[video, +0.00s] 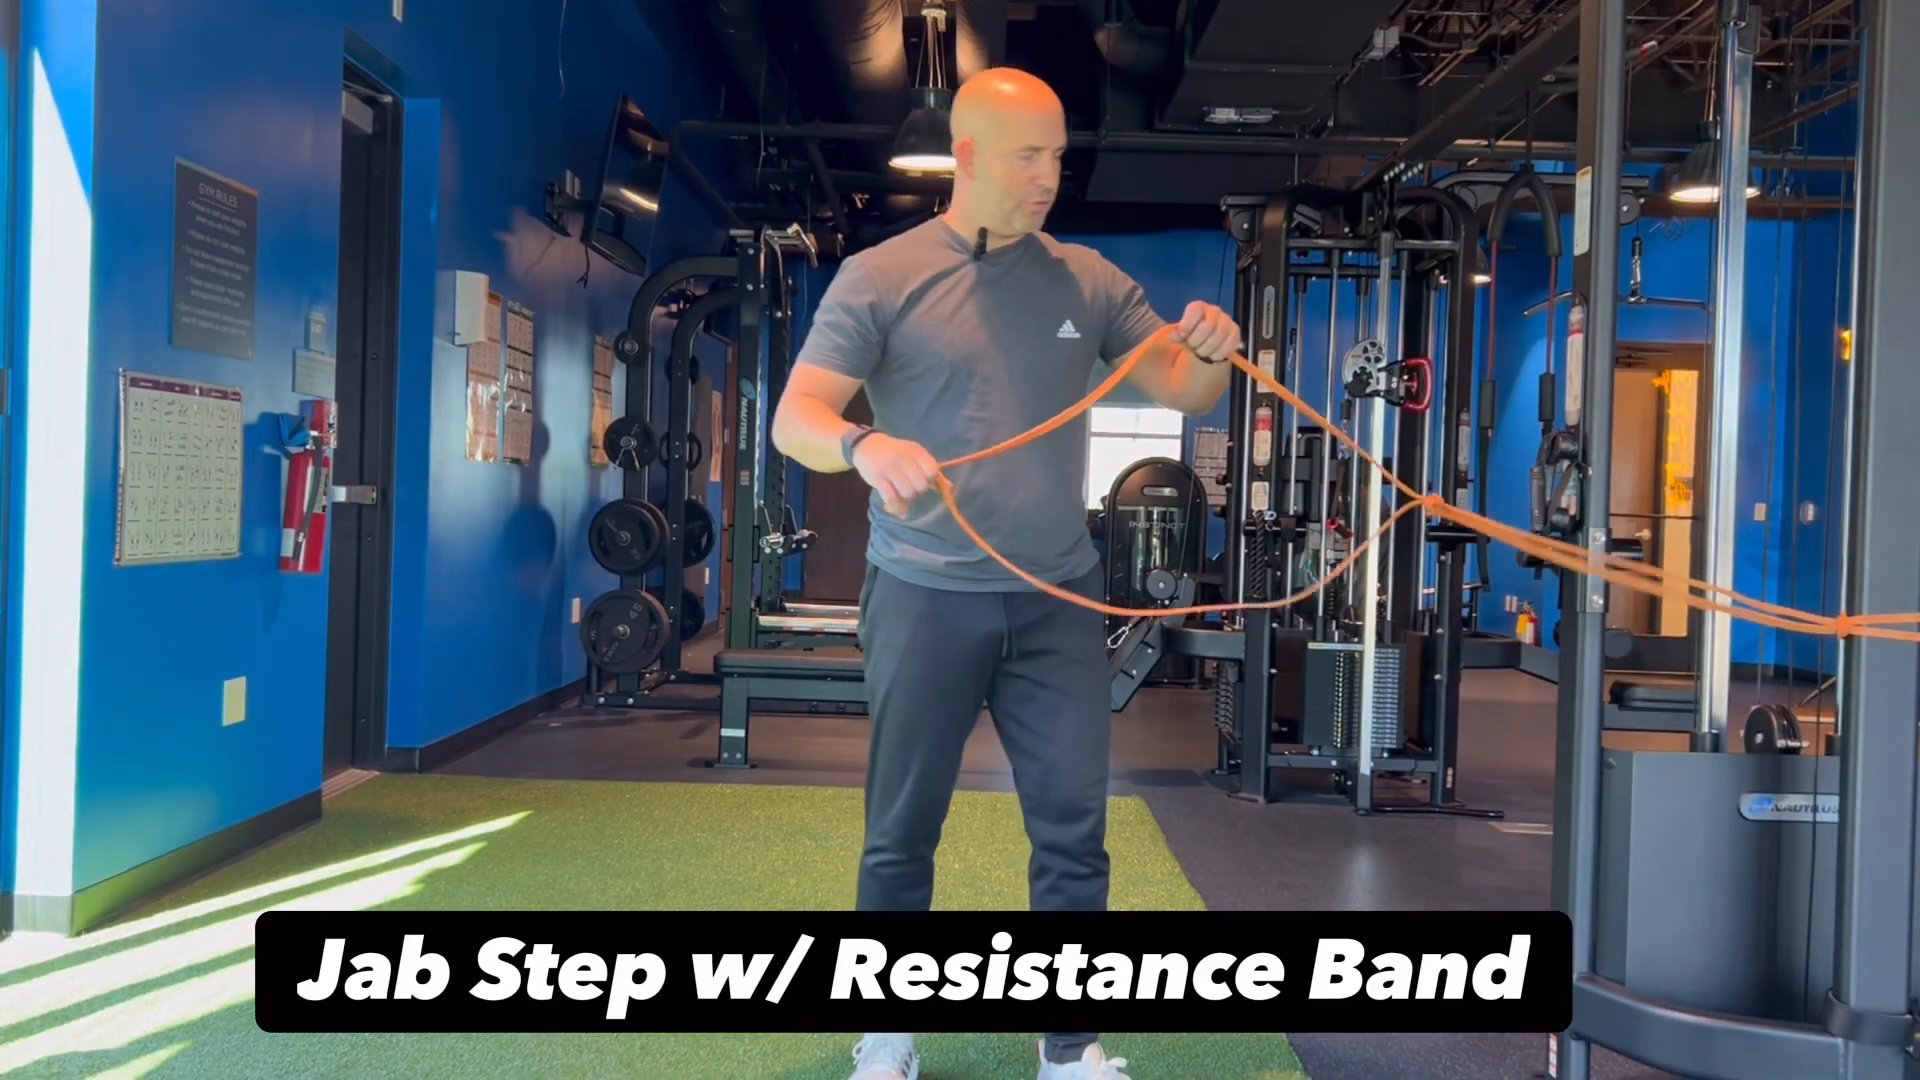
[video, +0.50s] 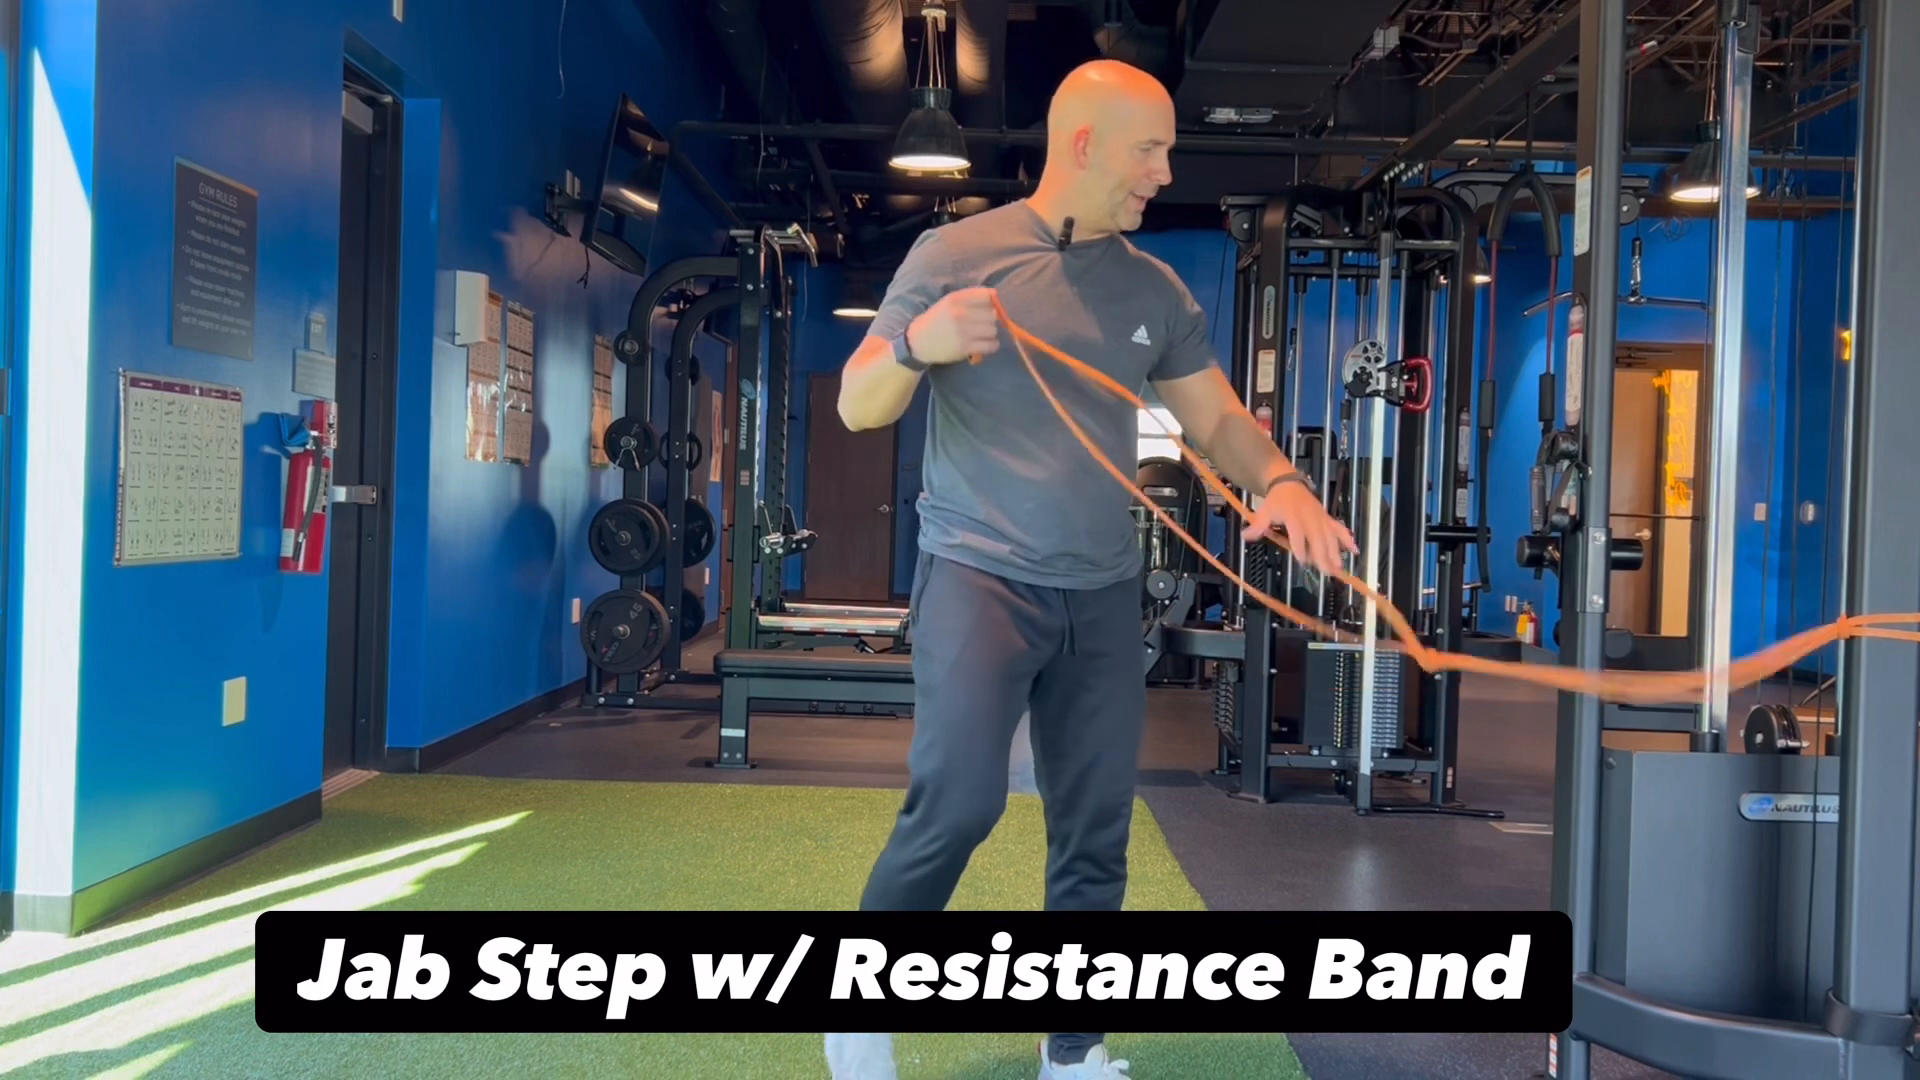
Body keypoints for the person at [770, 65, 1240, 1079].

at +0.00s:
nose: (1053, 177)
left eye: (1059, 158)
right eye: (1033, 157)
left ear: (1055, 161)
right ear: (968, 159)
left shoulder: (1088, 279)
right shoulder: (879, 277)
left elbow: (1189, 392)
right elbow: (796, 419)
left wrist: (1213, 350)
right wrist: (861, 446)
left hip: (1061, 593)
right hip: (926, 592)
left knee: (1074, 831)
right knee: (901, 836)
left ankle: (1071, 1044)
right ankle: (883, 1035)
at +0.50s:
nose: (1161, 178)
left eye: (1167, 159)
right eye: (1149, 155)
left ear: (1101, 154)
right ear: (1079, 144)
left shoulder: (1154, 292)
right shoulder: (950, 256)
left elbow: (1218, 422)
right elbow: (860, 408)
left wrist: (1285, 486)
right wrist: (916, 347)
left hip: (1106, 593)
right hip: (979, 578)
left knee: (1096, 834)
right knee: (960, 798)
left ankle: (1073, 1047)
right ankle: (856, 1006)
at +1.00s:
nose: (1079, 134)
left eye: (1077, 115)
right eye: (1059, 114)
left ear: (1025, 130)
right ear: (986, 126)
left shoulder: (1073, 276)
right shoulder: (879, 256)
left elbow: (1147, 408)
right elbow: (820, 424)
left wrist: (1257, 488)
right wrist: (905, 387)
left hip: (1052, 587)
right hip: (927, 585)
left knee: (1084, 830)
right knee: (895, 837)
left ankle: (1071, 1051)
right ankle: (870, 1055)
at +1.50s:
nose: (1122, 118)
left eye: (1128, 104)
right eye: (1095, 101)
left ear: (1132, 134)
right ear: (1037, 127)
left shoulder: (1140, 277)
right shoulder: (981, 252)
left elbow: (1179, 412)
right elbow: (973, 422)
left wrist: (1231, 455)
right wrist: (1135, 471)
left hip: (1110, 592)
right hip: (997, 584)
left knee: (1109, 836)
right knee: (955, 831)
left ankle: (1089, 1051)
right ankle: (877, 1045)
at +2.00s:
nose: (1264, 133)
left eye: (1261, 115)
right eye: (1242, 114)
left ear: (1200, 137)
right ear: (1173, 131)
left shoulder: (1232, 282)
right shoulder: (1100, 246)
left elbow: (1233, 429)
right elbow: (1060, 417)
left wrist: (1296, 451)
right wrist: (1236, 455)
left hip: (1202, 588)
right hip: (1109, 581)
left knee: (1179, 839)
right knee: (1132, 838)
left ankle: (1099, 1042)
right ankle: (1091, 1059)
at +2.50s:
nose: (1389, 175)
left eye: (1389, 154)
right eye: (1374, 152)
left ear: (1316, 159)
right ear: (1304, 155)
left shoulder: (1366, 299)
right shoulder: (1177, 270)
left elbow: (1387, 429)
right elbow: (1090, 417)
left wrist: (1421, 451)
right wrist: (1224, 418)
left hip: (1327, 609)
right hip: (1199, 601)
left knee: (1339, 850)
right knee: (1167, 851)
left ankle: (1329, 1051)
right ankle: (1100, 1059)